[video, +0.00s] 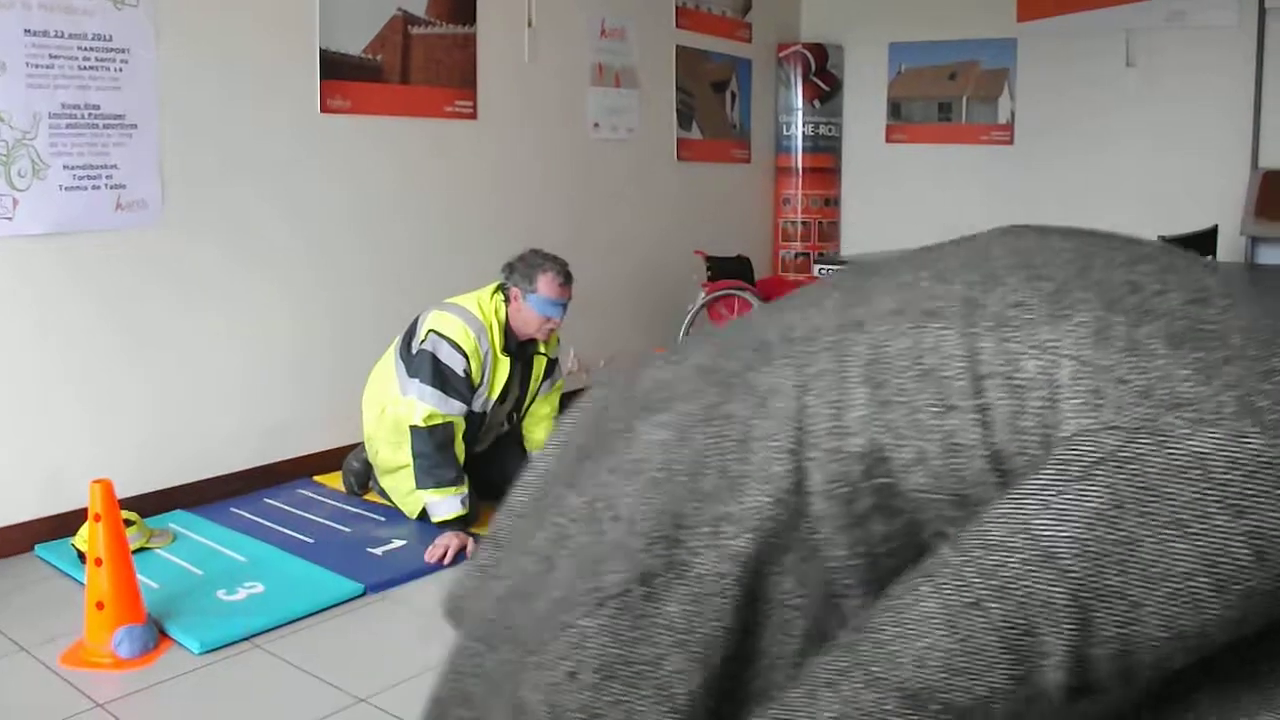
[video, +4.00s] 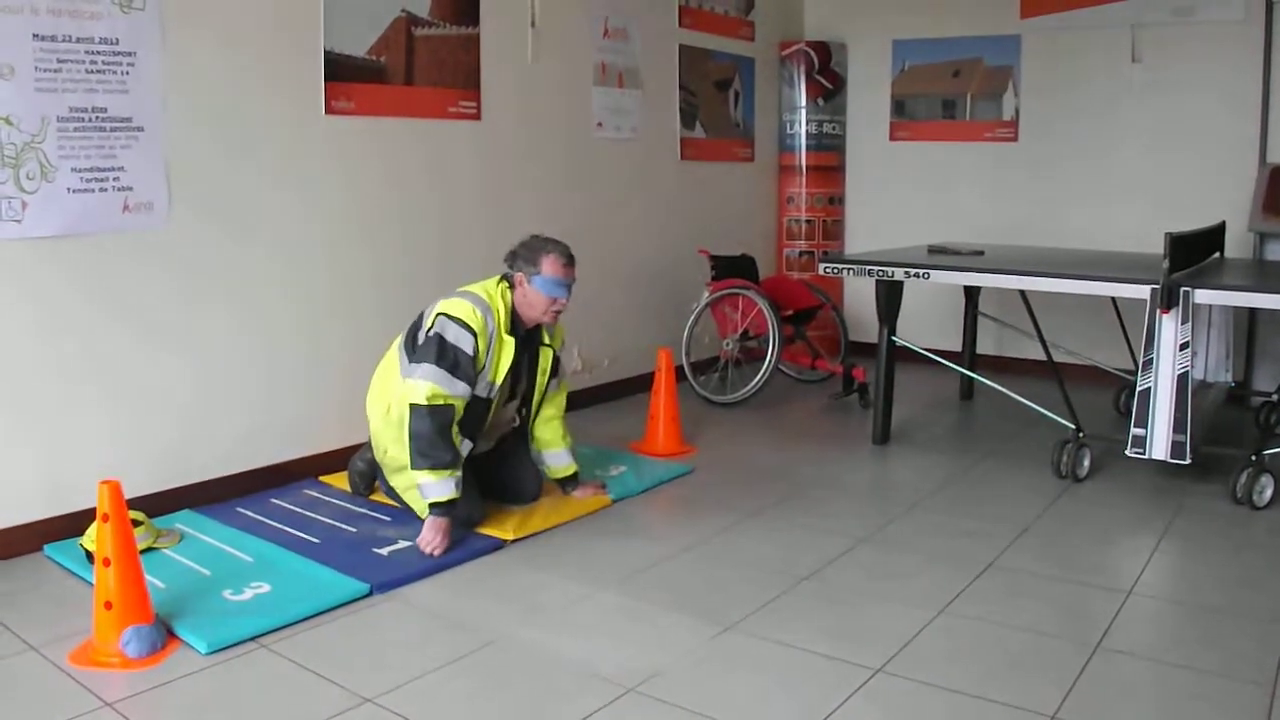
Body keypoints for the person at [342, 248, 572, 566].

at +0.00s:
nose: (556, 322)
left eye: (563, 311)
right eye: (548, 310)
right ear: (515, 298)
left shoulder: (544, 341)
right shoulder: (454, 333)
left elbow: (542, 424)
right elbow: (432, 428)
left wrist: (560, 491)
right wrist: (450, 525)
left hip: (473, 422)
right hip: (402, 430)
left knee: (520, 487)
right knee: (448, 515)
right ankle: (378, 468)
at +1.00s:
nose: (535, 310)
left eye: (541, 299)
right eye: (527, 297)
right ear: (494, 288)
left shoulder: (522, 326)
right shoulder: (433, 324)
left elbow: (519, 399)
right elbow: (402, 418)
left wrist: (549, 464)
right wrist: (436, 508)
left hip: (463, 415)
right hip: (386, 421)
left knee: (501, 483)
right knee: (425, 509)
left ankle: (424, 459)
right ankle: (358, 455)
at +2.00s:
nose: (527, 292)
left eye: (532, 280)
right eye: (517, 280)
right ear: (483, 272)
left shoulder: (516, 314)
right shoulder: (426, 316)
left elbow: (515, 394)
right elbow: (416, 419)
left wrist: (525, 466)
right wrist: (479, 489)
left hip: (456, 416)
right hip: (388, 428)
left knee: (498, 476)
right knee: (450, 506)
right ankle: (369, 458)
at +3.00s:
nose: (550, 286)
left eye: (554, 274)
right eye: (541, 274)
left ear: (559, 272)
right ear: (505, 271)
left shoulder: (536, 305)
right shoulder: (462, 313)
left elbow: (570, 362)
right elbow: (504, 397)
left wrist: (622, 392)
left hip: (471, 405)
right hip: (410, 416)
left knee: (516, 485)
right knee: (456, 509)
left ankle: (432, 447)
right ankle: (377, 455)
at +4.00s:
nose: (563, 302)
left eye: (568, 292)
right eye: (553, 290)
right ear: (520, 283)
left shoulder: (547, 331)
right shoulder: (464, 319)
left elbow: (546, 408)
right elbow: (429, 411)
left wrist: (569, 482)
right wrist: (439, 510)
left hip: (482, 421)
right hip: (407, 427)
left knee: (524, 489)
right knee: (466, 512)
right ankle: (384, 468)